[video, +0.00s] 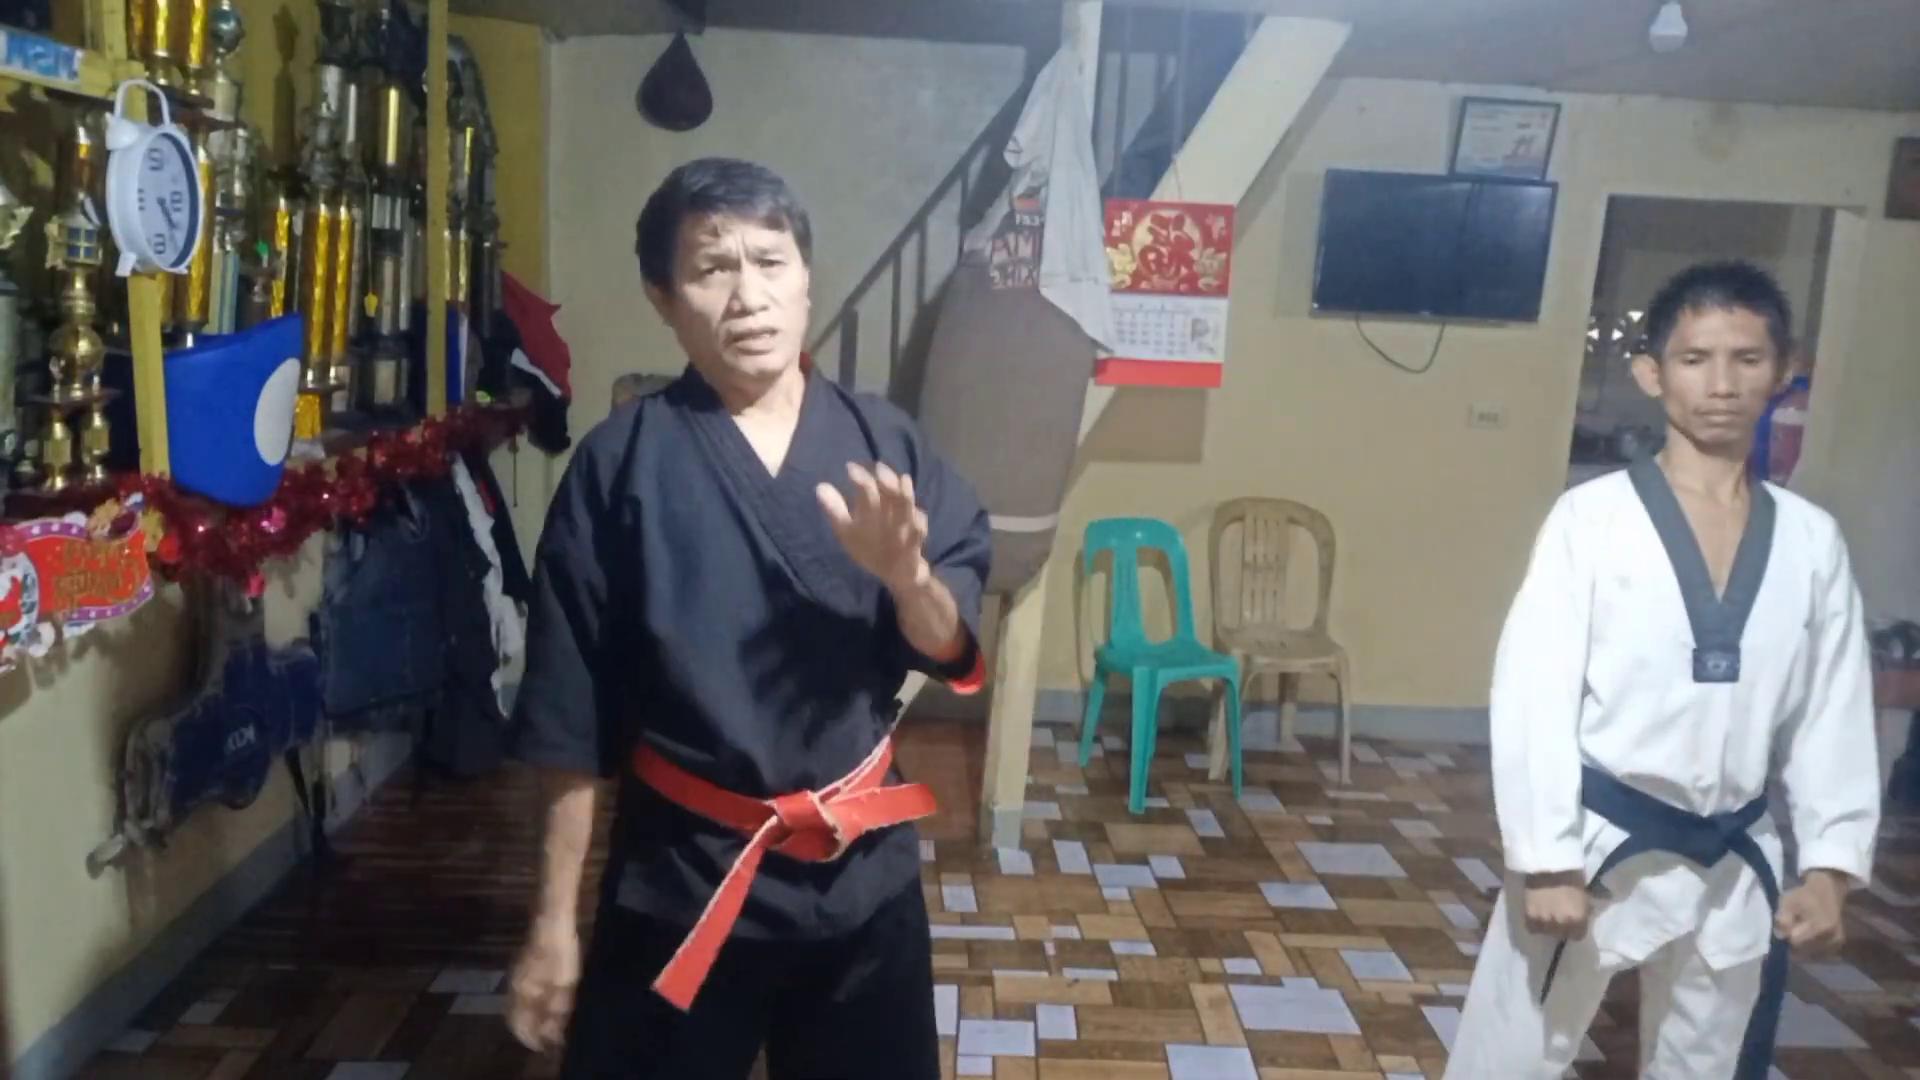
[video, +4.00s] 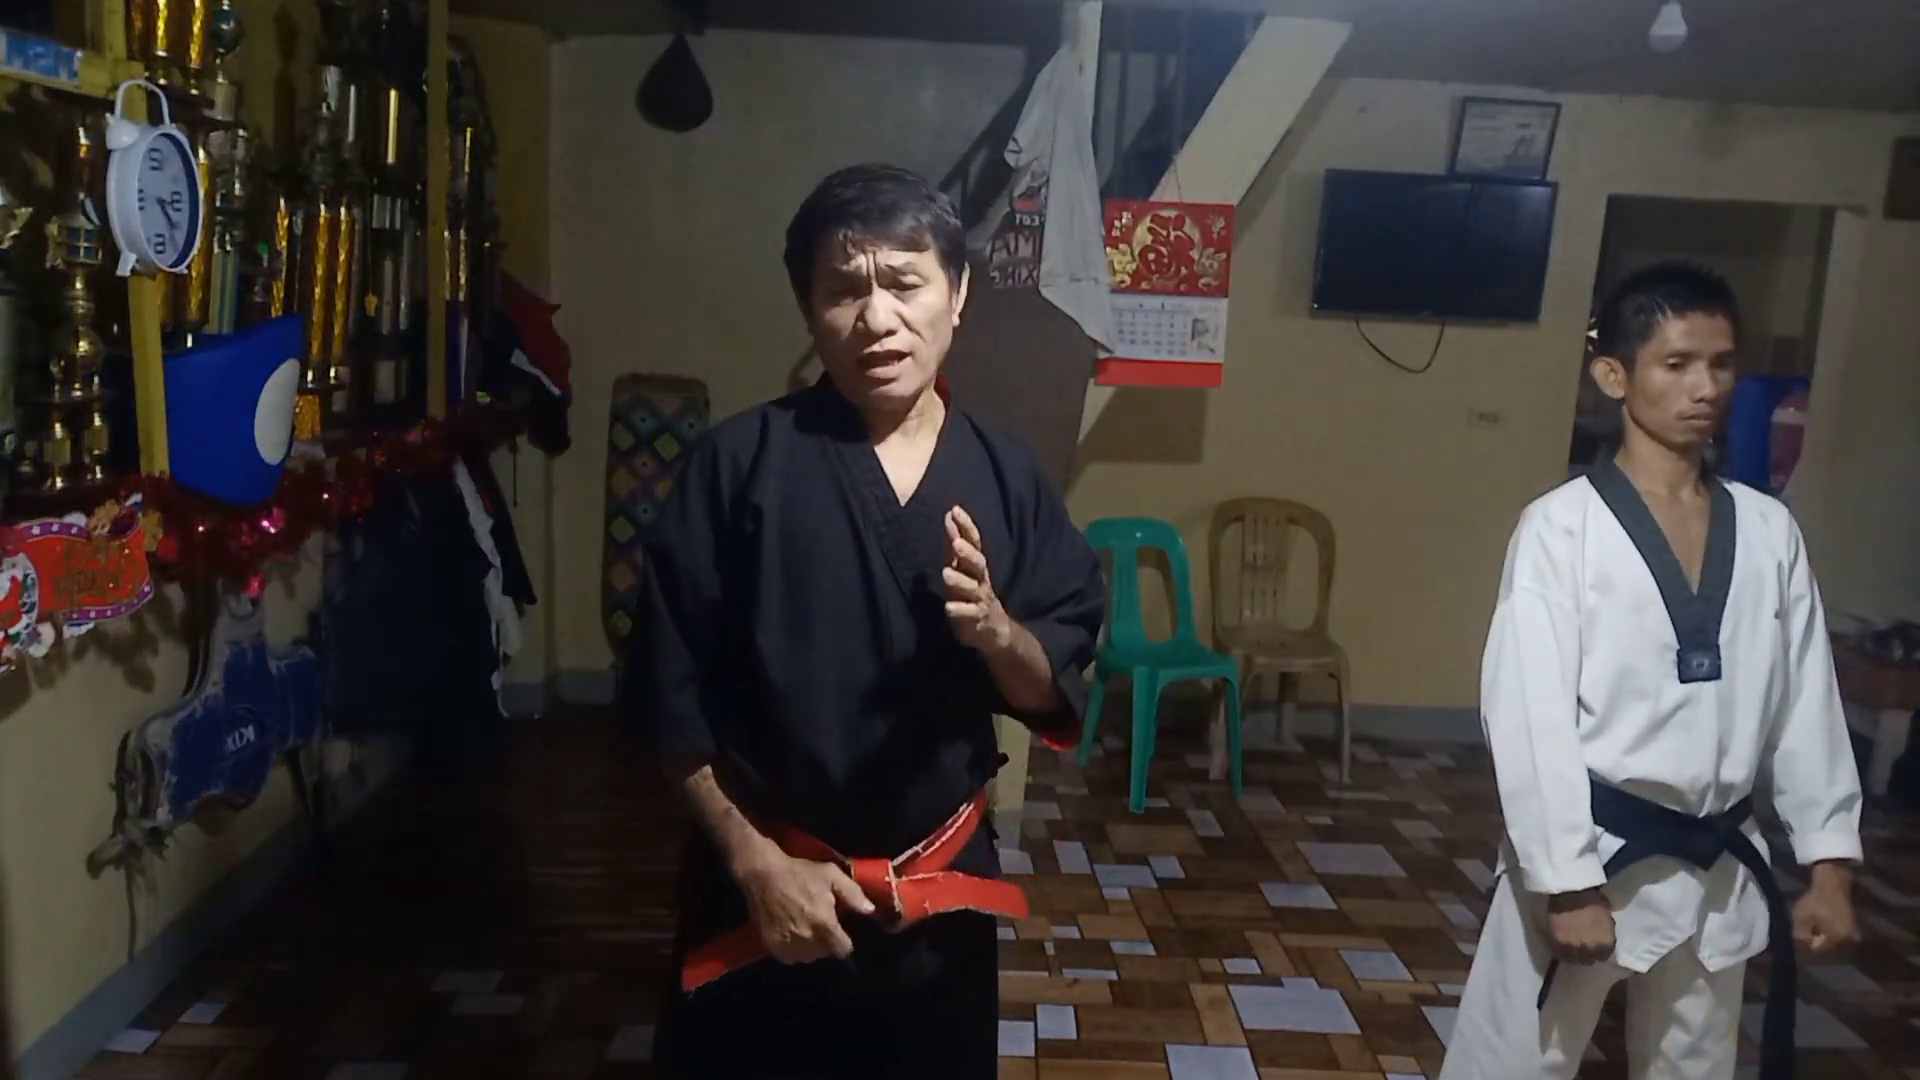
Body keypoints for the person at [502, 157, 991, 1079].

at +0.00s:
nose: (750, 295)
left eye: (771, 262)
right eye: (712, 270)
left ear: (808, 278)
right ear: (663, 301)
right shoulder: (615, 467)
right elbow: (572, 714)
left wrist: (908, 577)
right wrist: (553, 921)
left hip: (859, 878)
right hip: (680, 884)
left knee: (885, 1069)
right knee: (646, 1068)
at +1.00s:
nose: (907, 313)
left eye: (934, 282)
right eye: (876, 284)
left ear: (976, 296)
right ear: (824, 303)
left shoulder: (1005, 463)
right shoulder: (752, 464)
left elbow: (1048, 622)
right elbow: (677, 699)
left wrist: (1040, 694)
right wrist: (679, 919)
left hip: (961, 915)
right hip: (790, 918)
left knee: (962, 1067)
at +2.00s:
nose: (899, 303)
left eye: (924, 273)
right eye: (864, 276)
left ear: (962, 293)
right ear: (811, 303)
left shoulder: (1004, 474)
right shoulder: (732, 469)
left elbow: (1039, 644)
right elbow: (648, 682)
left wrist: (1020, 785)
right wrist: (759, 826)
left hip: (951, 926)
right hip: (771, 926)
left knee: (951, 1071)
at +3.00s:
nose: (897, 310)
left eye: (920, 277)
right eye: (861, 286)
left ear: (961, 292)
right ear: (815, 315)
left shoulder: (1009, 465)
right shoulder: (752, 465)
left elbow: (1043, 656)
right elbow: (686, 689)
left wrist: (1021, 813)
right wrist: (799, 851)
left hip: (960, 926)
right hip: (789, 931)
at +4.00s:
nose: (876, 316)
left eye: (904, 284)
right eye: (844, 290)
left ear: (957, 297)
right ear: (809, 313)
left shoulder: (1006, 472)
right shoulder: (733, 468)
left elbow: (1054, 694)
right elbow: (662, 686)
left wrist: (996, 632)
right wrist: (754, 859)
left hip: (939, 902)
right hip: (755, 903)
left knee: (941, 1070)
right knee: (746, 1075)